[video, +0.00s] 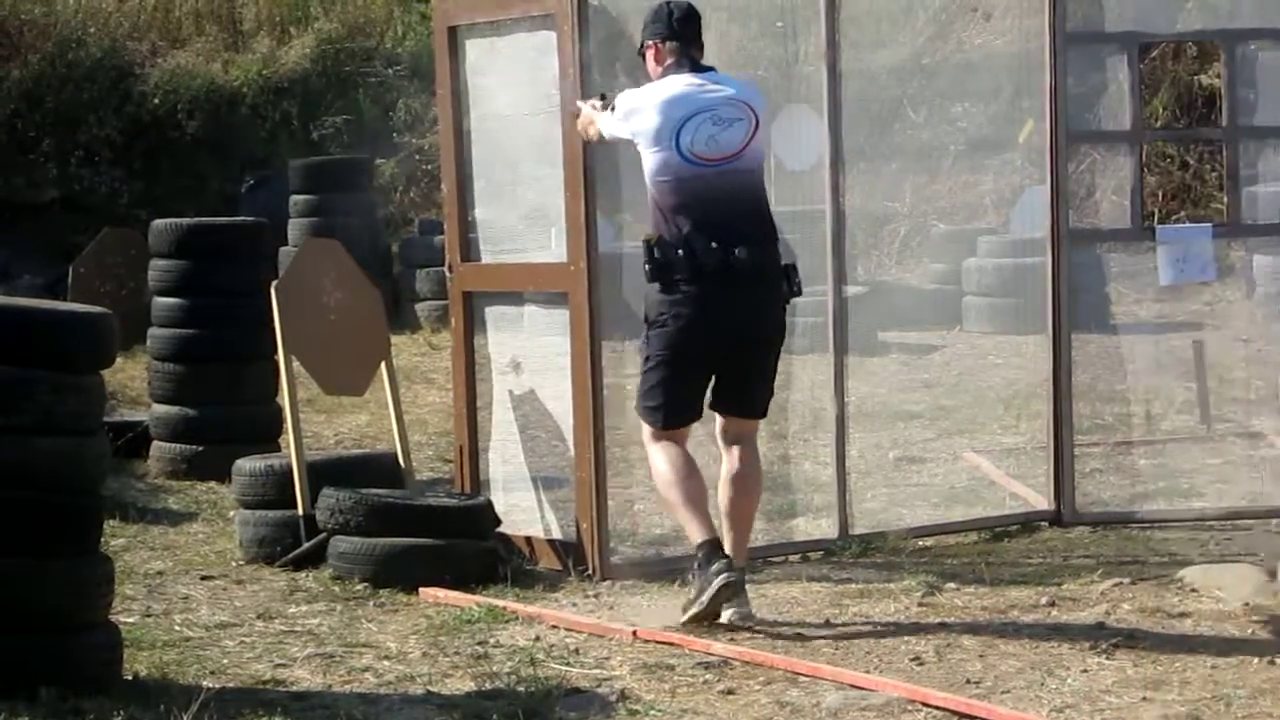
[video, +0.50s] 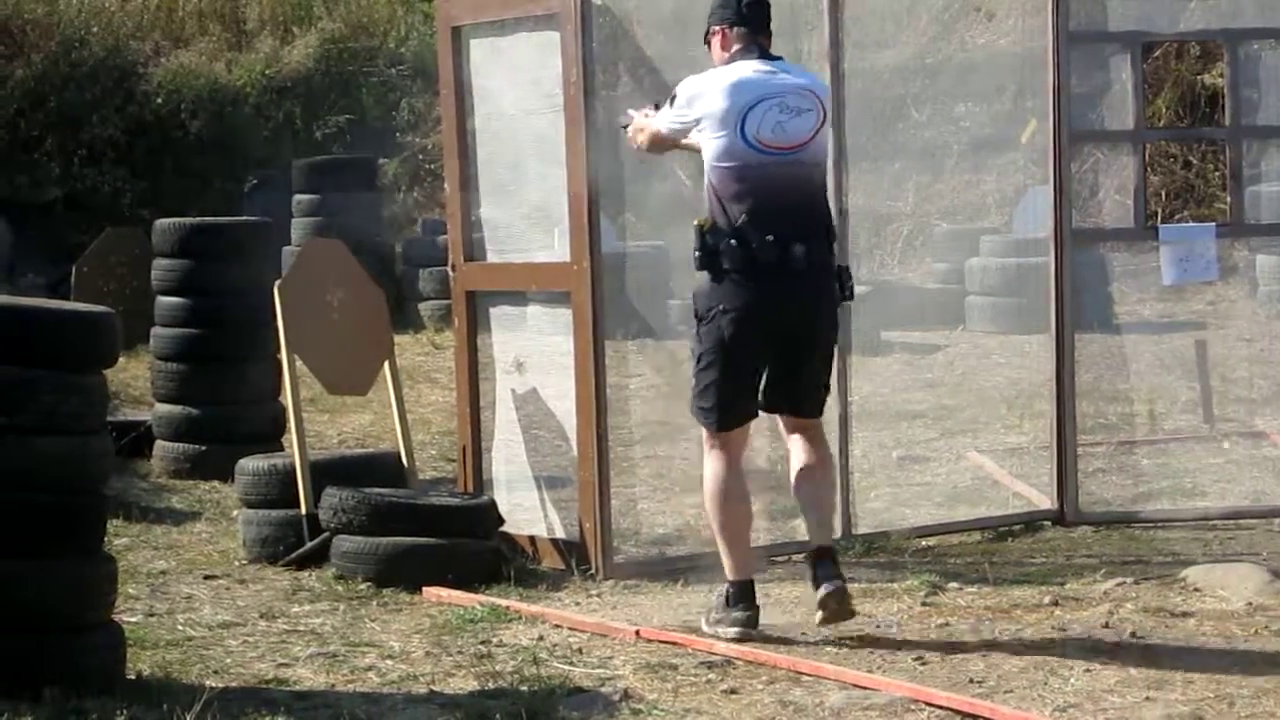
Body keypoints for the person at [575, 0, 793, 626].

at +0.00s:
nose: (645, 63)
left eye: (645, 55)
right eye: (646, 56)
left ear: (656, 53)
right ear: (701, 47)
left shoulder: (649, 104)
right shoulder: (752, 93)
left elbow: (592, 125)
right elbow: (708, 102)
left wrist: (590, 110)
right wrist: (675, 77)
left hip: (688, 296)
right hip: (761, 292)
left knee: (664, 435)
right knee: (740, 434)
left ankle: (710, 560)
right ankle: (733, 584)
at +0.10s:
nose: (652, 64)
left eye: (652, 55)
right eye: (653, 56)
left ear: (665, 51)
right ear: (711, 47)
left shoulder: (657, 105)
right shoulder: (755, 96)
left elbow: (604, 136)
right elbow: (693, 119)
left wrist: (589, 134)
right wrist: (611, 133)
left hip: (695, 297)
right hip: (768, 292)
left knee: (684, 444)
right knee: (744, 439)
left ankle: (723, 567)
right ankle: (733, 581)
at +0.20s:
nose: (658, 64)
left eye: (658, 55)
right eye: (659, 56)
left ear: (671, 52)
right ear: (718, 47)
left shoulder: (662, 102)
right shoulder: (760, 95)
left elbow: (613, 144)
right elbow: (687, 142)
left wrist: (597, 138)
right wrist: (618, 144)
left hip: (707, 295)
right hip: (777, 291)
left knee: (697, 447)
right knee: (751, 440)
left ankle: (727, 587)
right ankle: (737, 579)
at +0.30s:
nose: (673, 60)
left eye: (673, 51)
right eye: (675, 51)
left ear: (686, 48)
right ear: (731, 44)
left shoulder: (675, 98)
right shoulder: (778, 94)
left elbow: (618, 143)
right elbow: (712, 131)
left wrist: (604, 138)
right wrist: (643, 138)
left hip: (714, 289)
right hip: (785, 286)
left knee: (711, 450)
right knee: (763, 434)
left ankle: (734, 600)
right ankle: (754, 580)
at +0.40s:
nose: (689, 54)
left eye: (689, 44)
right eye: (692, 44)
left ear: (702, 42)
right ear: (746, 39)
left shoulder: (689, 91)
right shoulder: (795, 88)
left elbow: (625, 143)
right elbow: (728, 137)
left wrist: (625, 137)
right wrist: (651, 141)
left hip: (724, 287)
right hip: (798, 282)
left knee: (716, 447)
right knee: (774, 423)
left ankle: (735, 601)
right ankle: (785, 576)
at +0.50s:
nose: (709, 50)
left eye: (710, 40)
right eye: (712, 40)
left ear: (721, 38)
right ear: (765, 36)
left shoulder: (708, 89)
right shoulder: (815, 87)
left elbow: (652, 137)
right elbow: (753, 125)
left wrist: (640, 123)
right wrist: (687, 123)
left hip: (736, 286)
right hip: (814, 282)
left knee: (723, 444)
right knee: (804, 427)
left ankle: (739, 601)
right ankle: (826, 566)